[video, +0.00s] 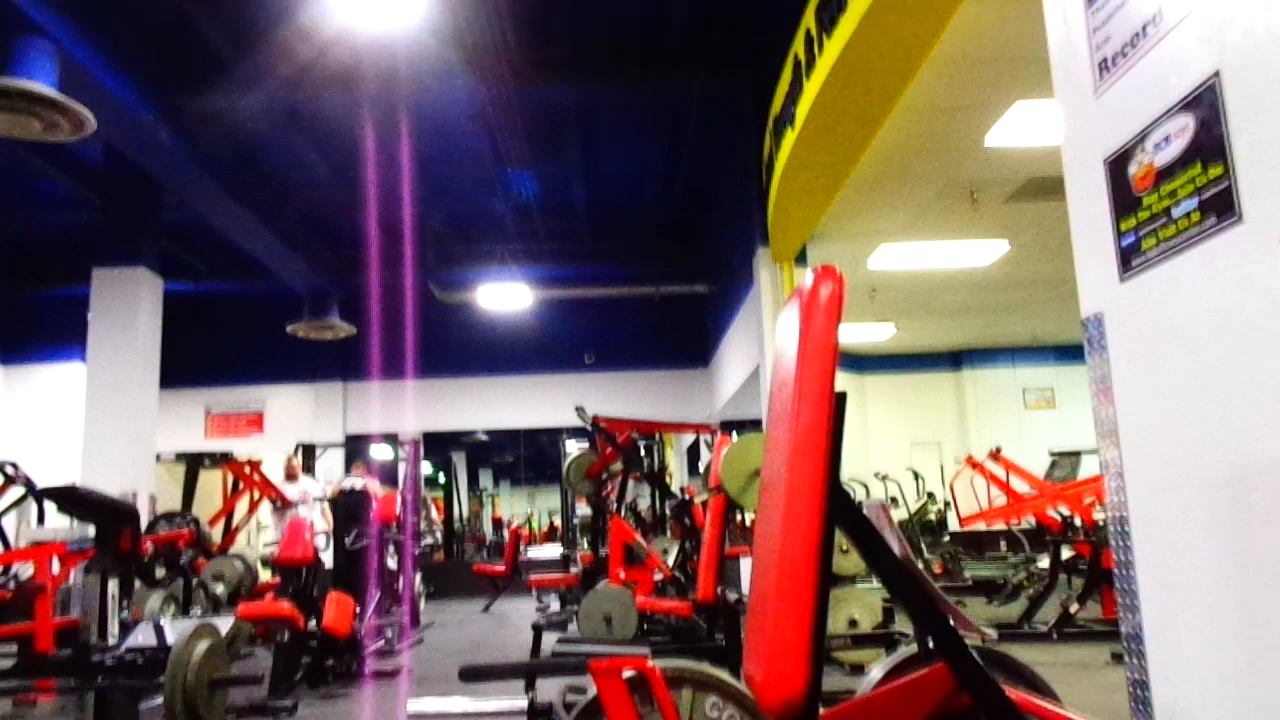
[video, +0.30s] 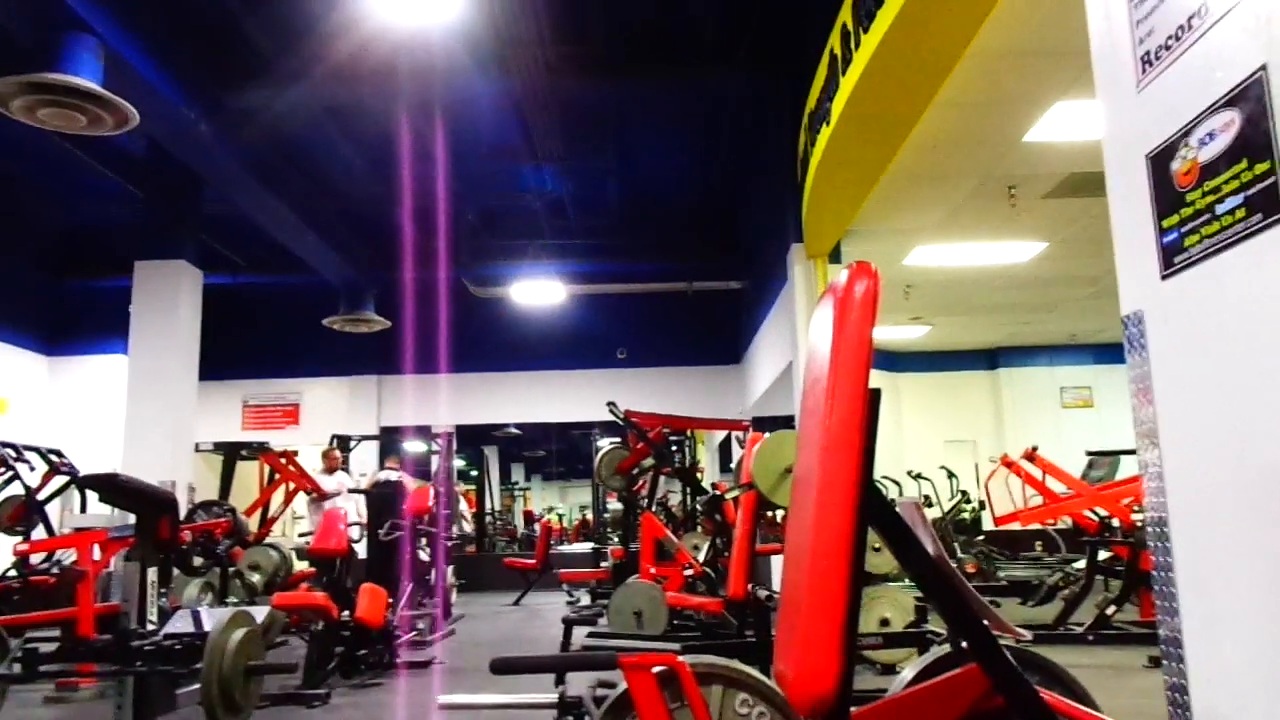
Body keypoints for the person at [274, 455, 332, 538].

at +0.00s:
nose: (292, 470)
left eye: (295, 467)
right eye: (290, 467)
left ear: (300, 467)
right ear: (286, 468)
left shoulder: (311, 484)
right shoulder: (281, 487)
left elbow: (324, 506)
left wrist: (330, 525)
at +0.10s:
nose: (303, 445)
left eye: (306, 442)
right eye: (300, 442)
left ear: (311, 443)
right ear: (295, 444)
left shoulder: (321, 461)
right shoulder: (289, 463)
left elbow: (334, 482)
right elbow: (285, 484)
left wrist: (340, 501)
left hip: (320, 506)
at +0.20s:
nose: (314, 458)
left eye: (317, 455)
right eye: (311, 455)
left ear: (321, 457)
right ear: (305, 457)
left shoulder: (327, 474)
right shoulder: (298, 476)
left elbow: (340, 494)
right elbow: (293, 502)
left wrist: (346, 513)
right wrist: (295, 523)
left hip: (328, 516)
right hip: (306, 518)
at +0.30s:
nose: (338, 462)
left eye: (339, 459)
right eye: (334, 459)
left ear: (341, 459)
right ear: (325, 460)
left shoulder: (345, 477)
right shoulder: (316, 479)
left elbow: (356, 498)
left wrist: (363, 517)